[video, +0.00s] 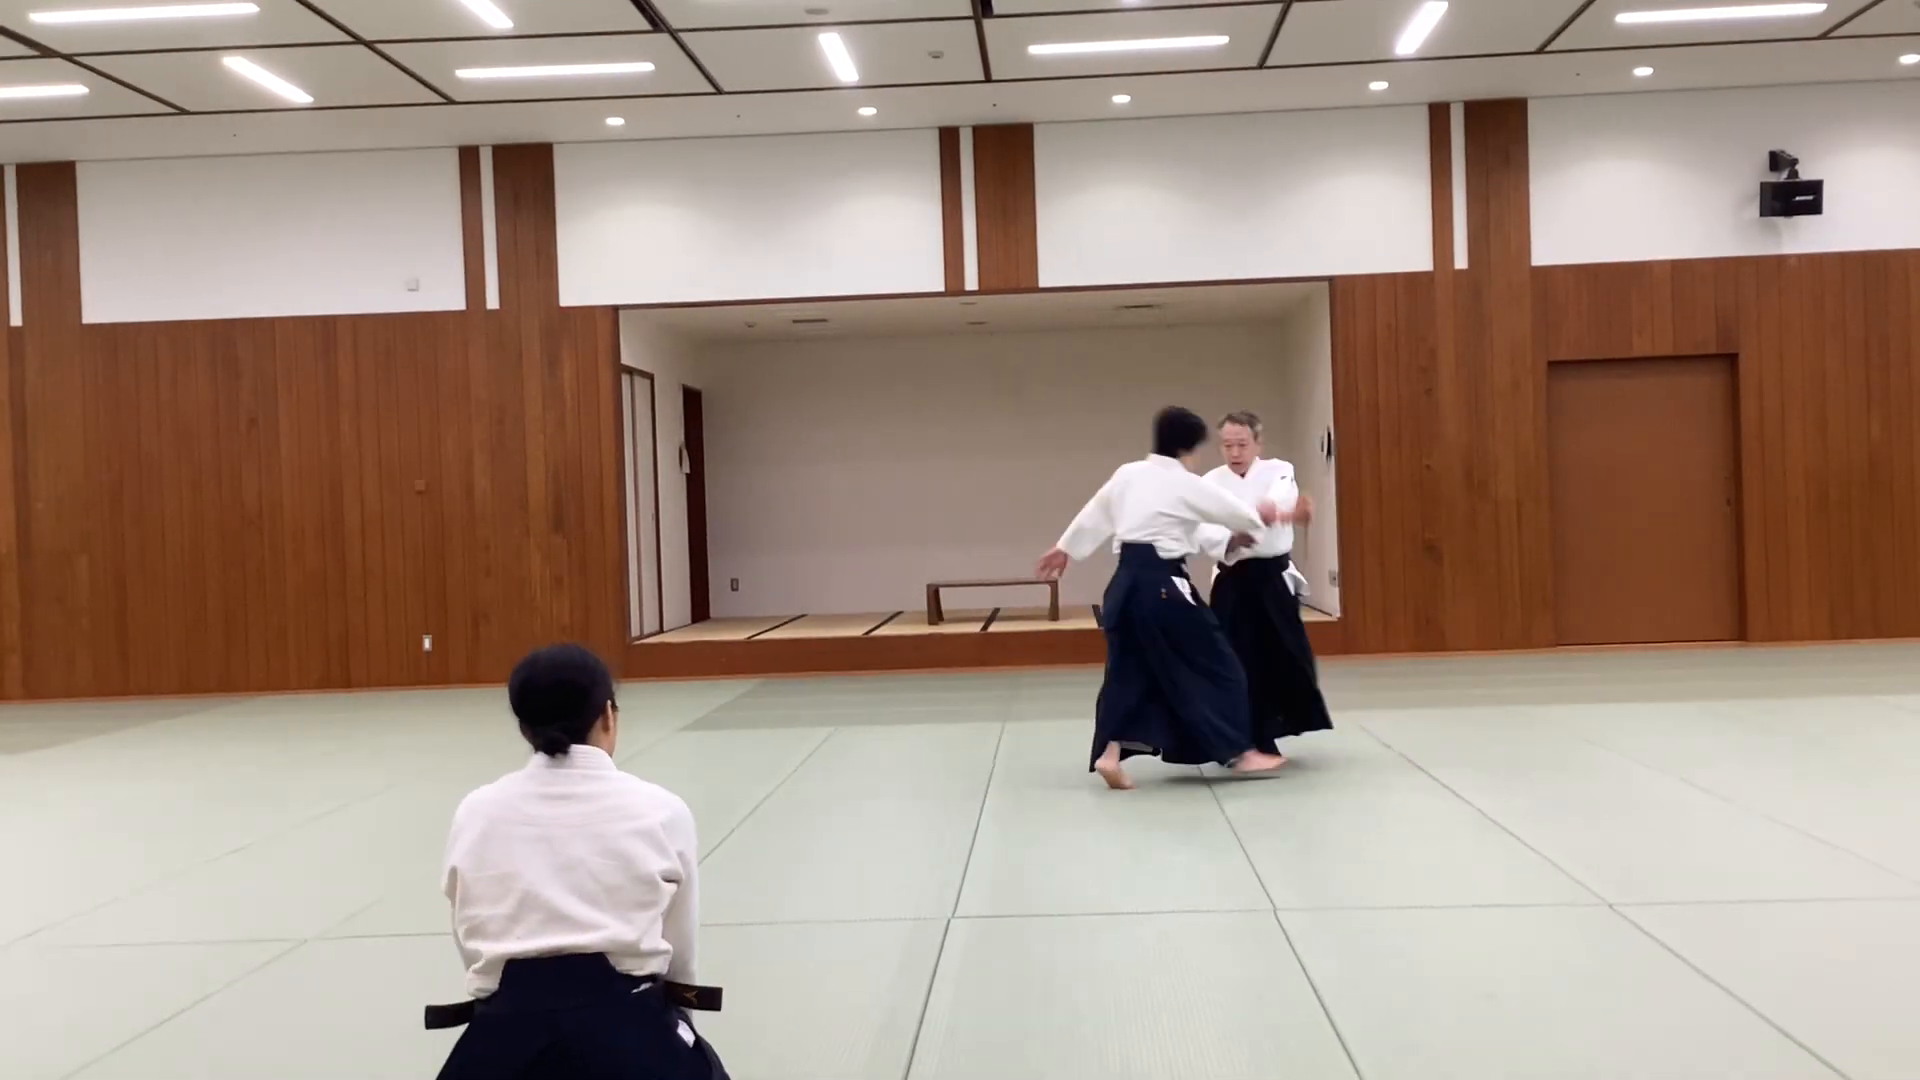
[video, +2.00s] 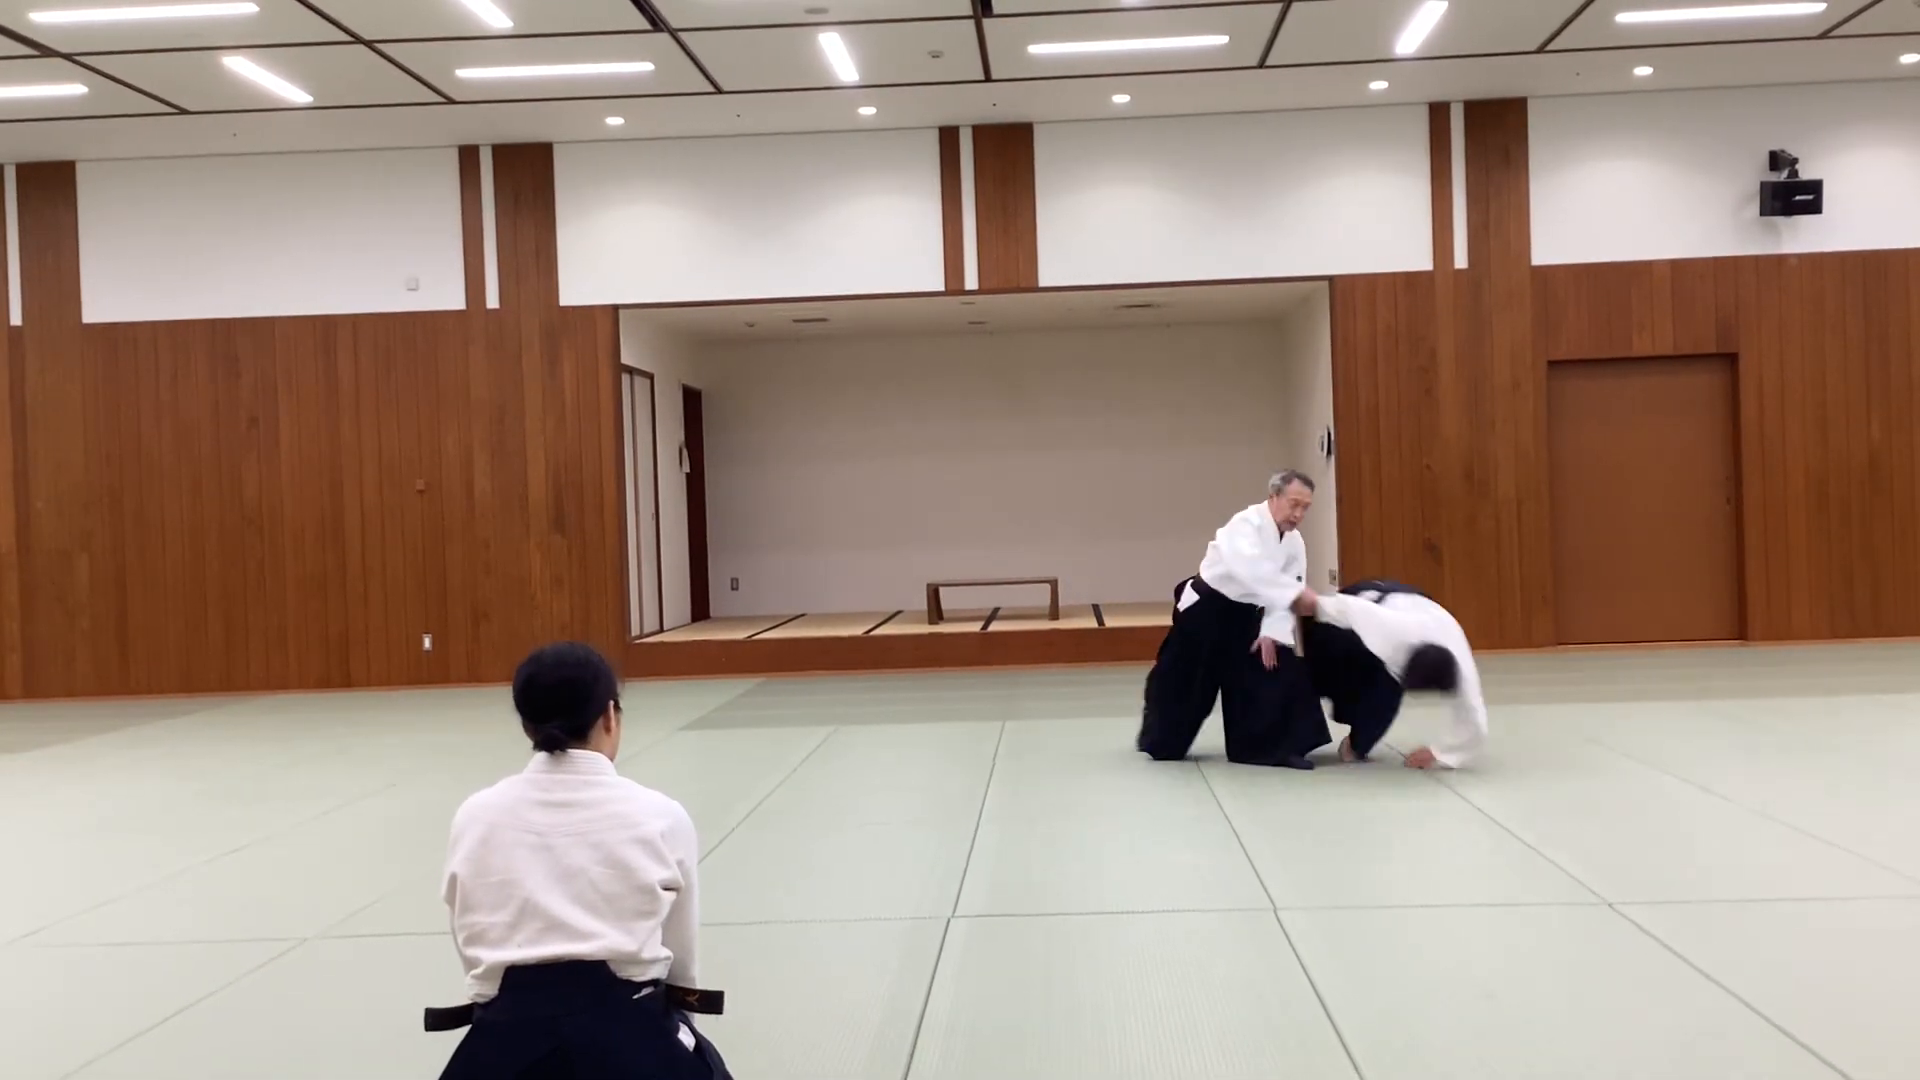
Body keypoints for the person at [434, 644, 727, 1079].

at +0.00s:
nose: (616, 719)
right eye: (615, 708)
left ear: (524, 727)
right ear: (607, 716)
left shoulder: (476, 812)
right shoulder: (661, 810)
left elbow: (472, 950)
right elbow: (680, 959)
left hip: (507, 1038)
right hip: (631, 1035)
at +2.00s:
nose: (620, 721)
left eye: (618, 709)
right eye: (619, 710)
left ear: (527, 725)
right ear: (609, 717)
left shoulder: (475, 816)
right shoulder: (660, 817)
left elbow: (471, 951)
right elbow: (681, 965)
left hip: (507, 1042)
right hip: (630, 1040)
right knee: (701, 1052)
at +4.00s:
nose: (619, 726)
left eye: (619, 713)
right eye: (619, 714)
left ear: (528, 723)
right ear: (605, 721)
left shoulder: (469, 819)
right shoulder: (656, 817)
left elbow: (467, 955)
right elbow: (680, 965)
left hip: (504, 1046)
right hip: (629, 1043)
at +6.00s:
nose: (611, 726)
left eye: (610, 713)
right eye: (610, 714)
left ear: (519, 724)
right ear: (598, 721)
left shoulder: (465, 822)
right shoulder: (652, 816)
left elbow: (465, 957)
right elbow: (678, 966)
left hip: (503, 1048)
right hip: (629, 1043)